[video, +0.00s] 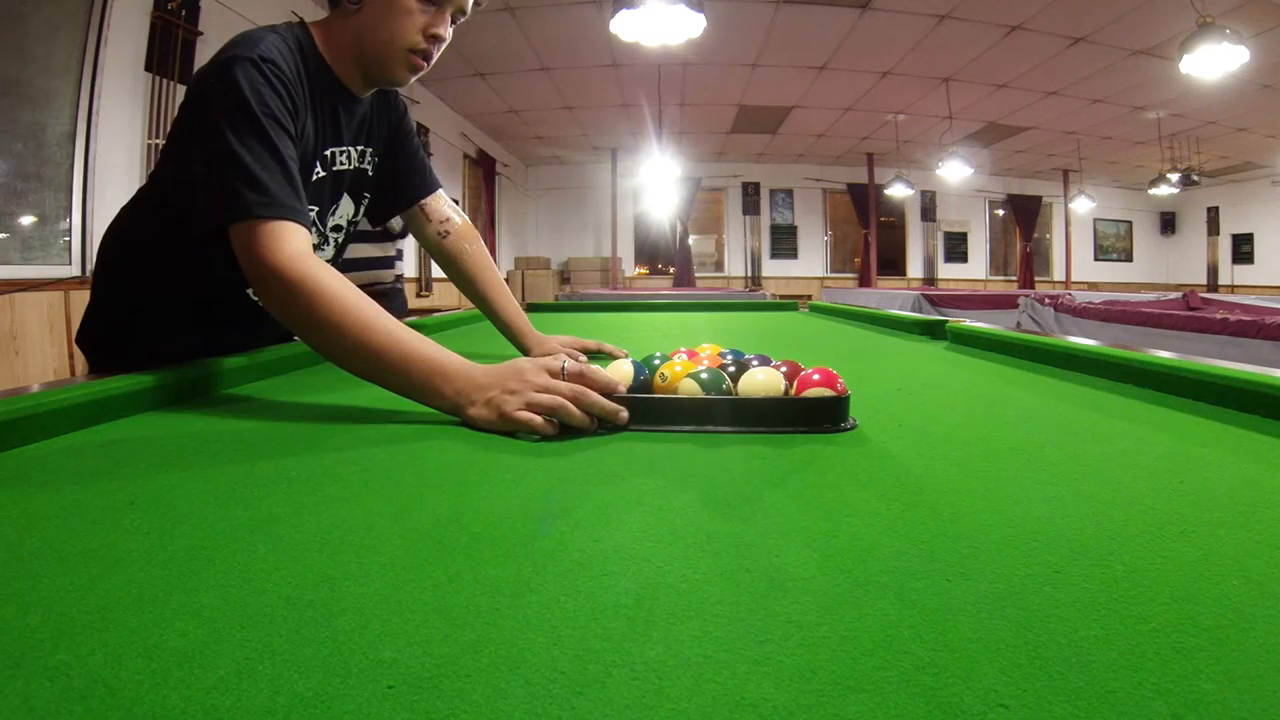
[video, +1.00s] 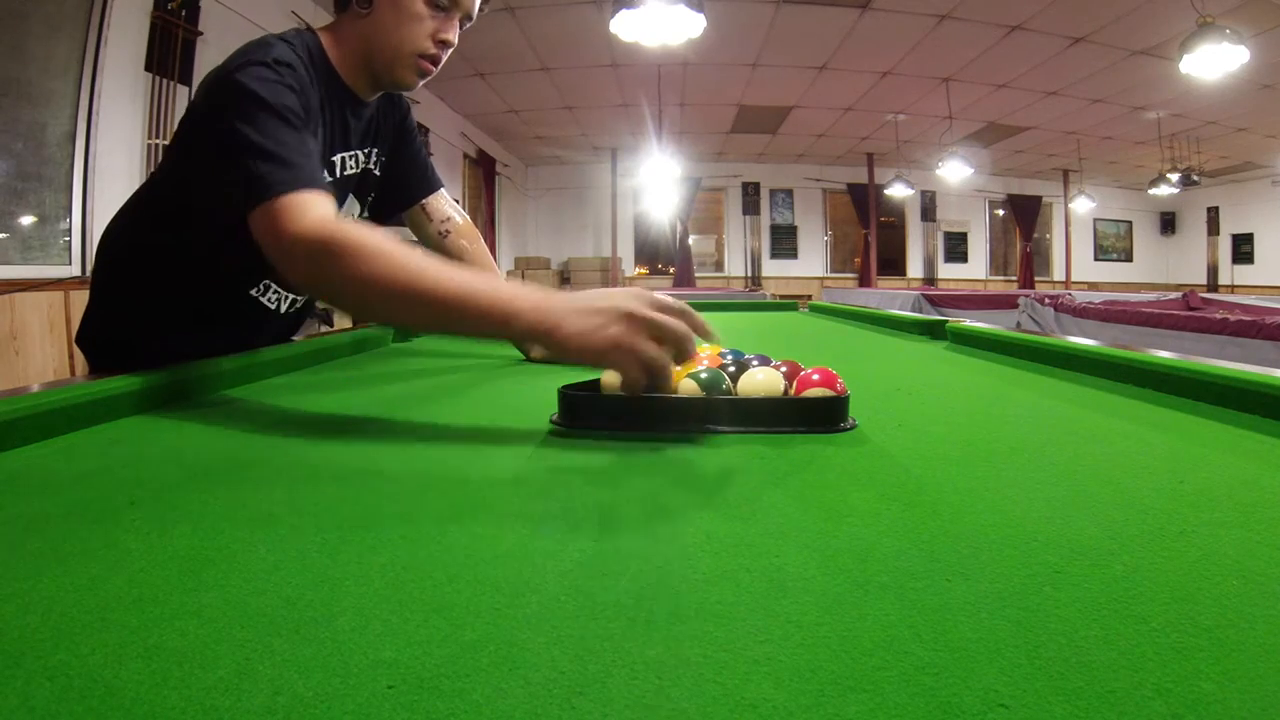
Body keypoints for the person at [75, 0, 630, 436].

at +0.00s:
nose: (442, 34)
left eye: (453, 18)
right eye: (429, 5)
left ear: (454, 26)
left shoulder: (383, 102)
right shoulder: (255, 71)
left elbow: (441, 224)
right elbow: (278, 267)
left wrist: (529, 337)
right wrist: (468, 384)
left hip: (263, 336)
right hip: (152, 342)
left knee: (243, 527)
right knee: (140, 537)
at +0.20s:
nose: (441, 34)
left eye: (452, 18)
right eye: (427, 5)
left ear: (453, 27)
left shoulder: (383, 104)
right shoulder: (255, 72)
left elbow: (442, 225)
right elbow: (277, 266)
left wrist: (528, 337)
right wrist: (466, 384)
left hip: (260, 336)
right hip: (151, 341)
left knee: (241, 526)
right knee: (139, 537)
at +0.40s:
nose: (441, 34)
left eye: (451, 20)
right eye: (427, 6)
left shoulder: (382, 104)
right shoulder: (254, 72)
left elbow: (441, 225)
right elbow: (277, 267)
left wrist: (528, 337)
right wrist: (465, 384)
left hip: (261, 336)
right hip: (151, 341)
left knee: (241, 527)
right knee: (138, 537)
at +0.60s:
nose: (442, 35)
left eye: (451, 20)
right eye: (427, 6)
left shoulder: (382, 106)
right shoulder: (255, 73)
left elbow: (443, 227)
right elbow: (277, 272)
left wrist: (529, 341)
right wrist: (460, 384)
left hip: (262, 336)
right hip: (152, 342)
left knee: (242, 525)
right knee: (139, 534)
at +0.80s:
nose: (444, 34)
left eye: (454, 21)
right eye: (430, 5)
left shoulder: (384, 106)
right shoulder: (256, 82)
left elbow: (443, 225)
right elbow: (273, 278)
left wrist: (522, 335)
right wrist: (464, 374)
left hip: (257, 341)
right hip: (150, 343)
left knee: (241, 521)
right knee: (143, 531)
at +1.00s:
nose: (452, 37)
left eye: (460, 22)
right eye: (437, 10)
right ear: (359, 3)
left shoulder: (387, 108)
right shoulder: (266, 78)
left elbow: (444, 224)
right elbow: (305, 247)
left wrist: (517, 320)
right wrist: (547, 319)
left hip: (254, 338)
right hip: (149, 337)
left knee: (241, 517)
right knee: (137, 528)